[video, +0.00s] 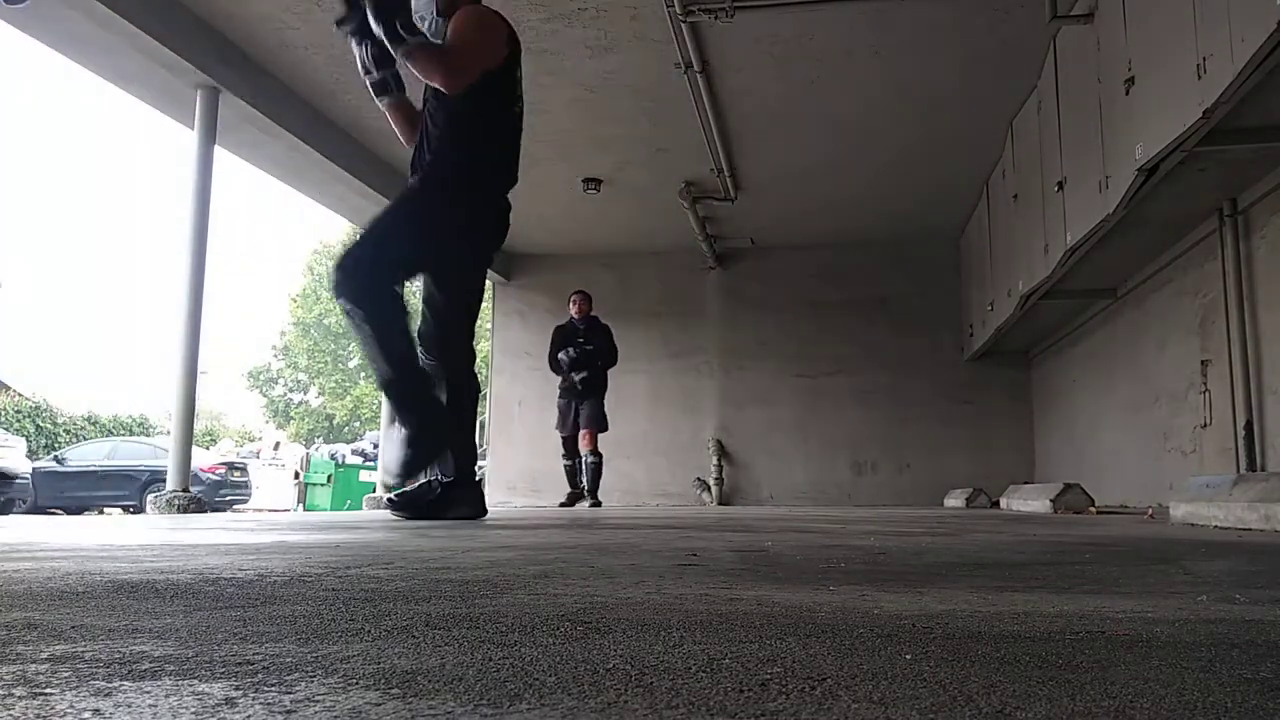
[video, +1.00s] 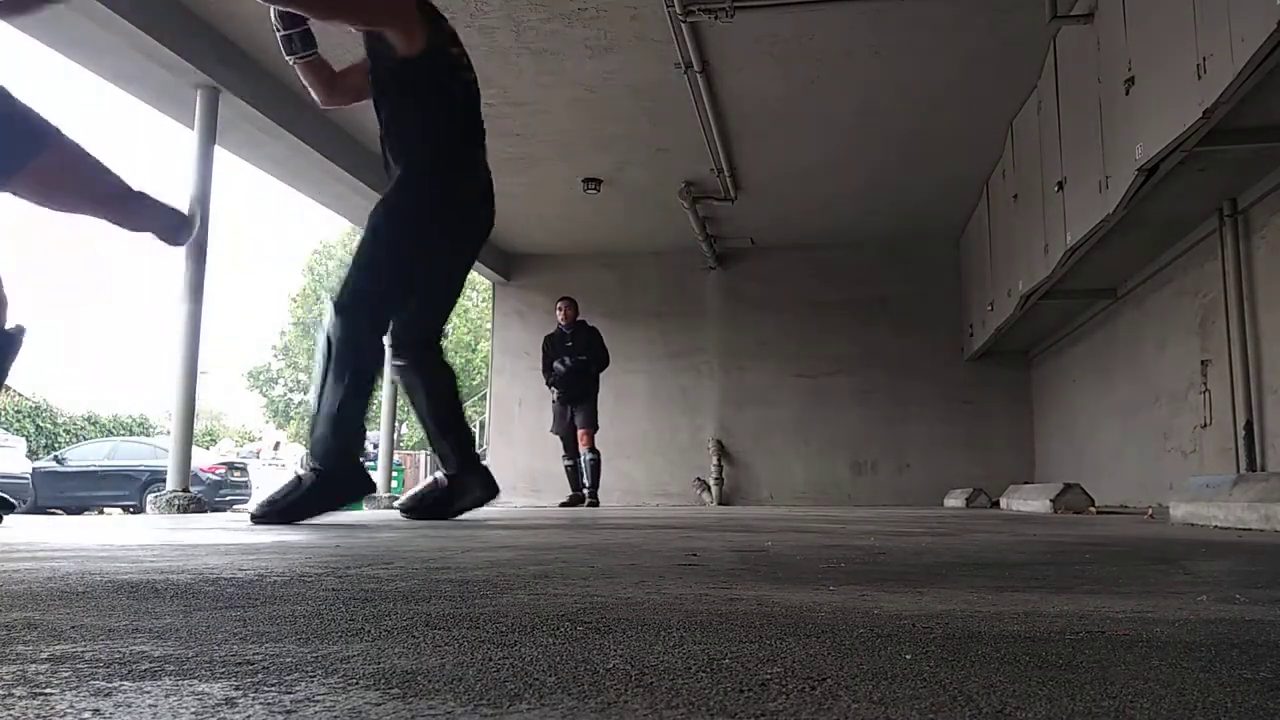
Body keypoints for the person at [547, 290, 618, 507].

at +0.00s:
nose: (578, 306)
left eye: (582, 302)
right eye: (574, 303)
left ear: (590, 307)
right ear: (569, 307)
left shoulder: (601, 329)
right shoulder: (561, 331)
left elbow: (612, 357)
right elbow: (553, 362)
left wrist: (591, 371)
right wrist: (567, 369)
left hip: (592, 393)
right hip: (567, 393)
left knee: (588, 438)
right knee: (568, 440)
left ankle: (591, 493)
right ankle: (575, 489)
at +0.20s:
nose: (567, 311)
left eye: (572, 307)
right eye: (564, 308)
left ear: (580, 310)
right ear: (559, 312)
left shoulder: (593, 332)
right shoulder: (555, 337)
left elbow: (607, 360)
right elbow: (548, 367)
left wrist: (580, 366)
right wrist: (559, 380)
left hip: (587, 395)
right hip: (563, 398)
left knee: (585, 439)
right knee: (569, 444)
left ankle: (592, 494)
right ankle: (577, 492)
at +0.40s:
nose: (563, 312)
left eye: (567, 308)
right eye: (559, 308)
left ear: (576, 310)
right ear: (555, 312)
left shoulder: (589, 332)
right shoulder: (551, 338)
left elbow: (601, 360)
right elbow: (547, 369)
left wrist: (579, 369)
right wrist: (554, 384)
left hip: (585, 395)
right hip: (562, 397)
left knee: (584, 440)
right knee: (568, 443)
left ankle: (590, 493)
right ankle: (576, 492)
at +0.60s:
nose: (562, 313)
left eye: (566, 309)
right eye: (558, 309)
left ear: (575, 311)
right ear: (554, 313)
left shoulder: (588, 333)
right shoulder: (550, 340)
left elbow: (599, 361)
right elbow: (546, 372)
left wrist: (578, 368)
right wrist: (553, 376)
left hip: (584, 395)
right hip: (560, 398)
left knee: (583, 440)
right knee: (567, 443)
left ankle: (590, 493)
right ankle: (576, 492)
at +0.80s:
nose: (563, 313)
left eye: (567, 309)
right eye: (560, 309)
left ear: (576, 312)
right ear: (555, 314)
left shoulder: (589, 333)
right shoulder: (550, 340)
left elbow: (601, 360)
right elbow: (546, 368)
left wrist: (582, 371)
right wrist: (552, 384)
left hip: (583, 396)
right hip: (560, 398)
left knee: (584, 440)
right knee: (567, 444)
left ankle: (590, 493)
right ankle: (576, 492)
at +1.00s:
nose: (563, 313)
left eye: (568, 309)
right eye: (560, 309)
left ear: (576, 312)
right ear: (555, 314)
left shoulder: (589, 333)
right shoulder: (550, 340)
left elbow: (603, 360)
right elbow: (547, 369)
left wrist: (580, 364)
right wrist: (554, 382)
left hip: (585, 396)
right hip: (562, 399)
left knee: (585, 439)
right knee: (568, 444)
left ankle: (591, 492)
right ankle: (576, 492)